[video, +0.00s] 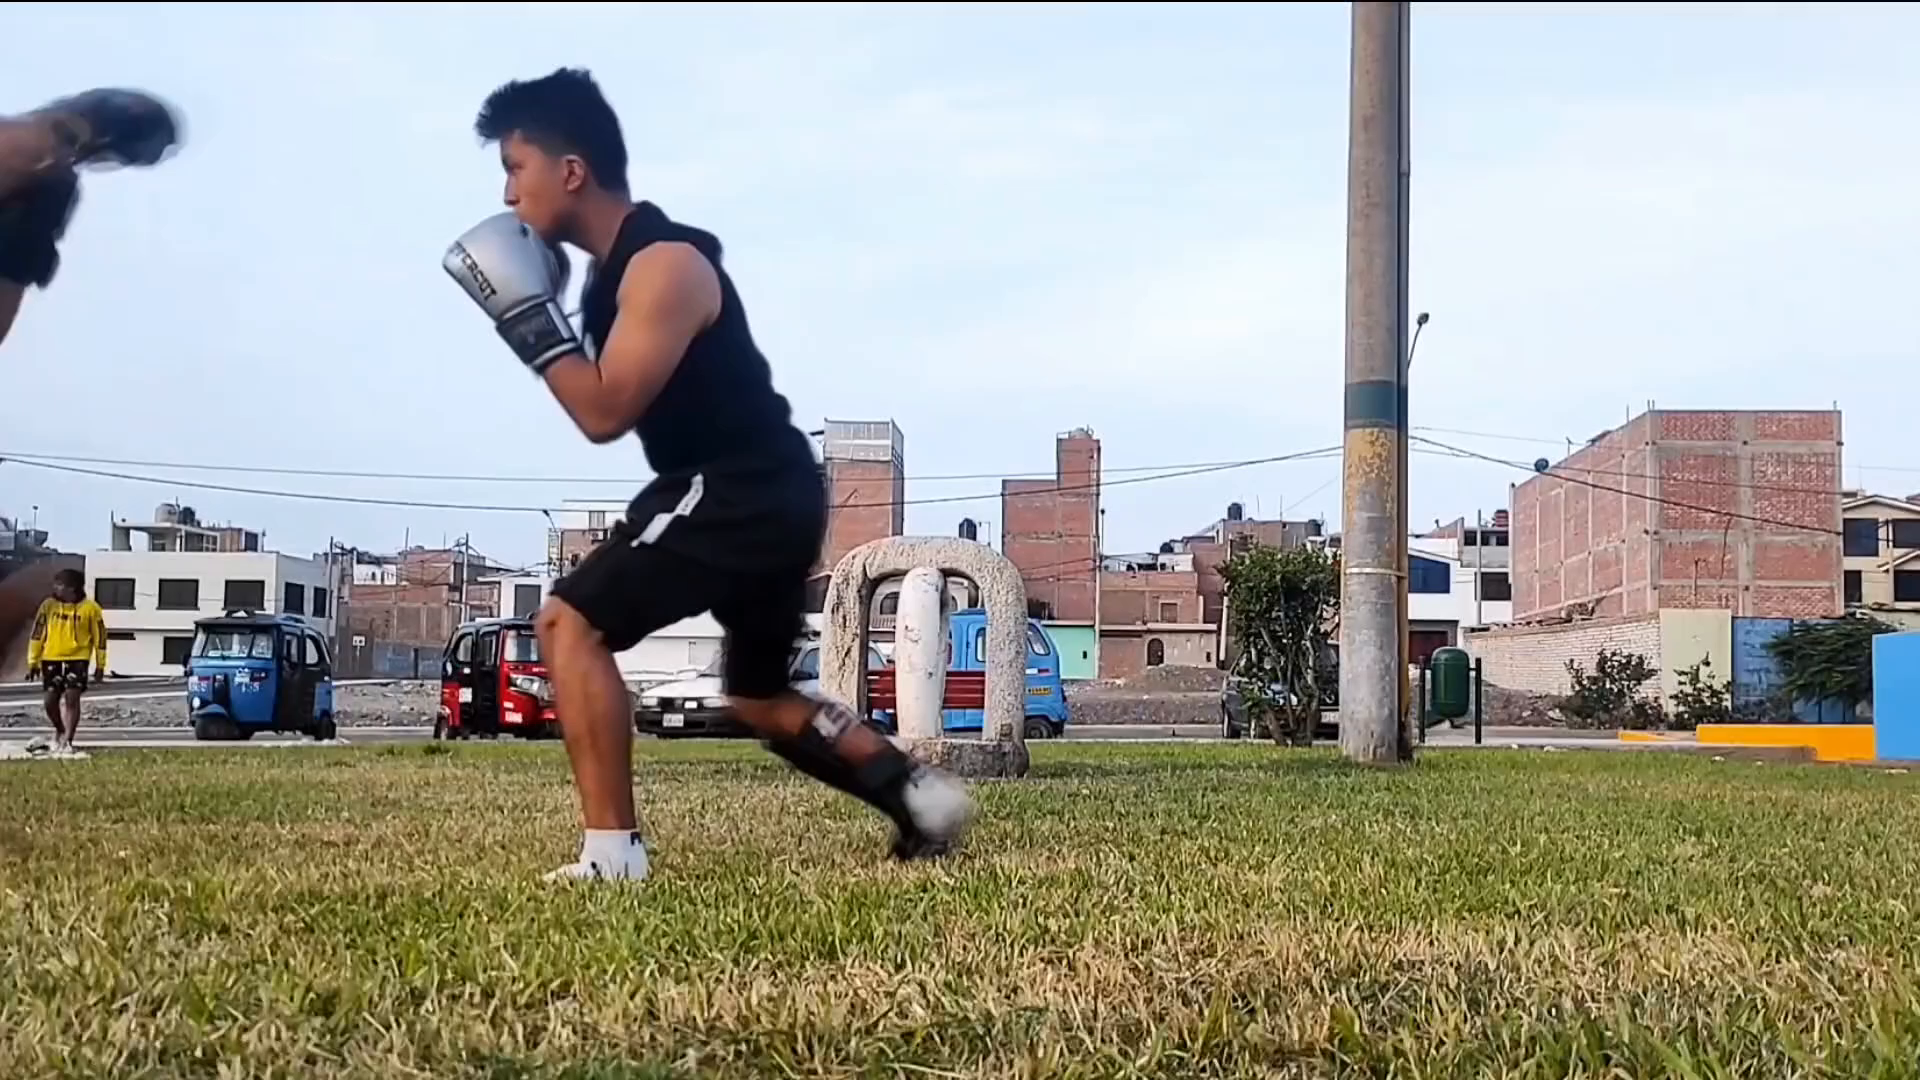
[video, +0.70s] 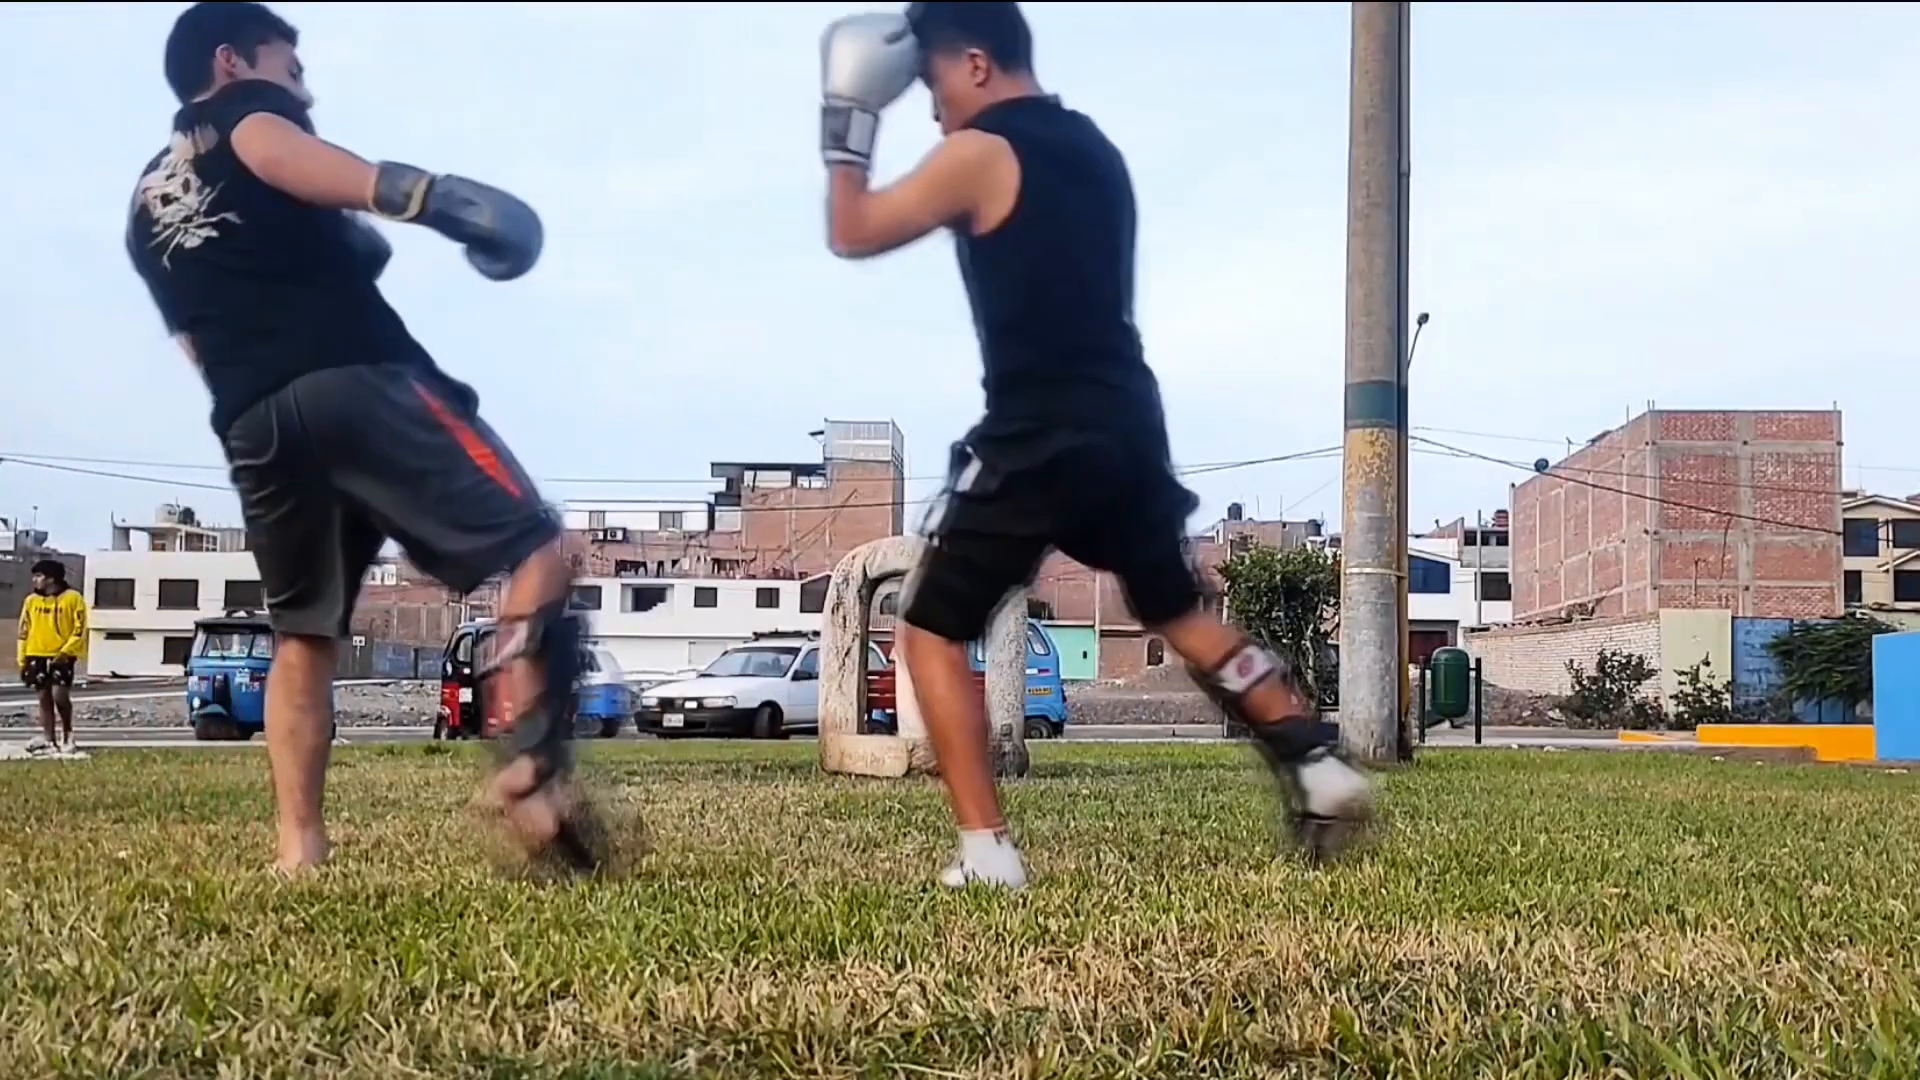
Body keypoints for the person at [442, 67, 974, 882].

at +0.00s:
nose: (507, 193)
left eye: (515, 169)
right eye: (505, 173)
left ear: (572, 169)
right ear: (573, 173)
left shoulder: (665, 264)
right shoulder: (626, 268)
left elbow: (602, 414)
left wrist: (525, 316)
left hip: (734, 489)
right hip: (777, 488)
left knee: (570, 622)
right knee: (759, 696)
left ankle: (611, 854)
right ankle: (920, 800)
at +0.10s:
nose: (550, 198)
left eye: (557, 174)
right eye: (549, 176)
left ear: (610, 173)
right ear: (623, 172)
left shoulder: (637, 251)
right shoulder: (709, 239)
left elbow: (622, 406)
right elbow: (699, 364)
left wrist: (528, 341)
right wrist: (595, 312)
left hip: (741, 498)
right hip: (824, 493)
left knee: (555, 626)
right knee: (828, 680)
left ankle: (607, 851)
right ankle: (940, 821)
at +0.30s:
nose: (693, 180)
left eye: (698, 159)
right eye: (692, 160)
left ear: (741, 155)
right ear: (777, 159)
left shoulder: (719, 214)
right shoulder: (857, 240)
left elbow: (710, 317)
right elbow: (856, 362)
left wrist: (646, 355)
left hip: (758, 476)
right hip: (870, 488)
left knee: (608, 623)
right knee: (903, 661)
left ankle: (592, 847)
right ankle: (994, 828)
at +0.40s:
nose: (762, 129)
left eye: (767, 108)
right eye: (759, 111)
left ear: (811, 97)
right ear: (836, 100)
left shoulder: (818, 165)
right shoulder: (905, 181)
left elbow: (728, 294)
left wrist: (691, 216)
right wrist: (726, 229)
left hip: (852, 431)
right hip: (940, 439)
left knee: (715, 623)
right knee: (931, 645)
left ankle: (643, 829)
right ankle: (1002, 828)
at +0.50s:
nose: (813, 75)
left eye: (816, 57)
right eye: (810, 61)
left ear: (853, 51)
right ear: (891, 50)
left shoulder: (854, 120)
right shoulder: (958, 130)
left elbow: (724, 207)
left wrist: (733, 94)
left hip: (934, 402)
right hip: (1022, 404)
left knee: (828, 590)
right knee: (1012, 602)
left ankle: (853, 818)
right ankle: (1045, 812)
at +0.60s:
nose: (870, 72)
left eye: (872, 52)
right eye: (868, 56)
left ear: (906, 41)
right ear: (950, 40)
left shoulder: (901, 121)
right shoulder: (1029, 124)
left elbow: (768, 184)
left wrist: (779, 68)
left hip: (985, 401)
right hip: (1079, 396)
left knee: (911, 614)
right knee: (1086, 584)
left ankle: (977, 835)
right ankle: (1175, 771)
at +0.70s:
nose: (933, 103)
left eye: (934, 80)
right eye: (928, 83)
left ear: (975, 66)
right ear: (1013, 63)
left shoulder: (980, 152)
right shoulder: (1097, 153)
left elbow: (850, 231)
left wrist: (847, 122)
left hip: (1031, 441)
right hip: (1130, 439)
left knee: (934, 633)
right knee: (1181, 609)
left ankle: (987, 852)